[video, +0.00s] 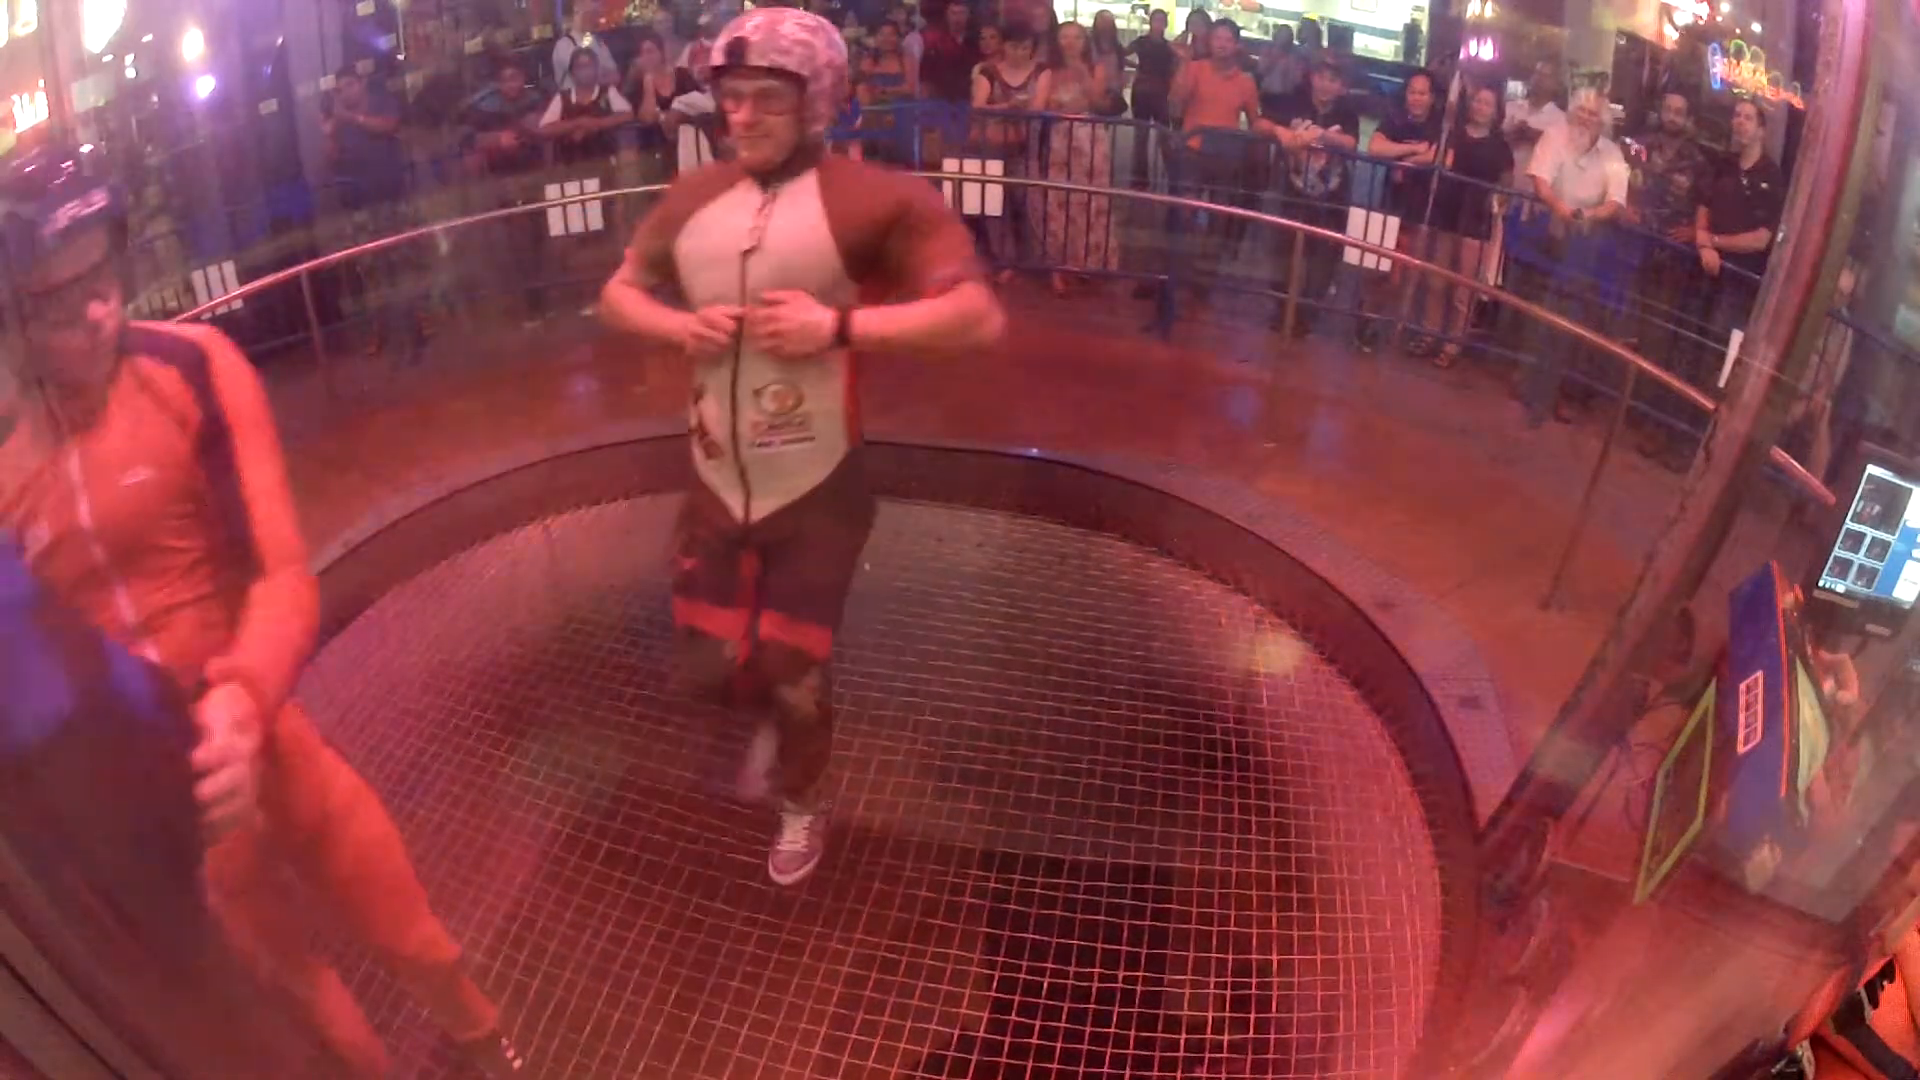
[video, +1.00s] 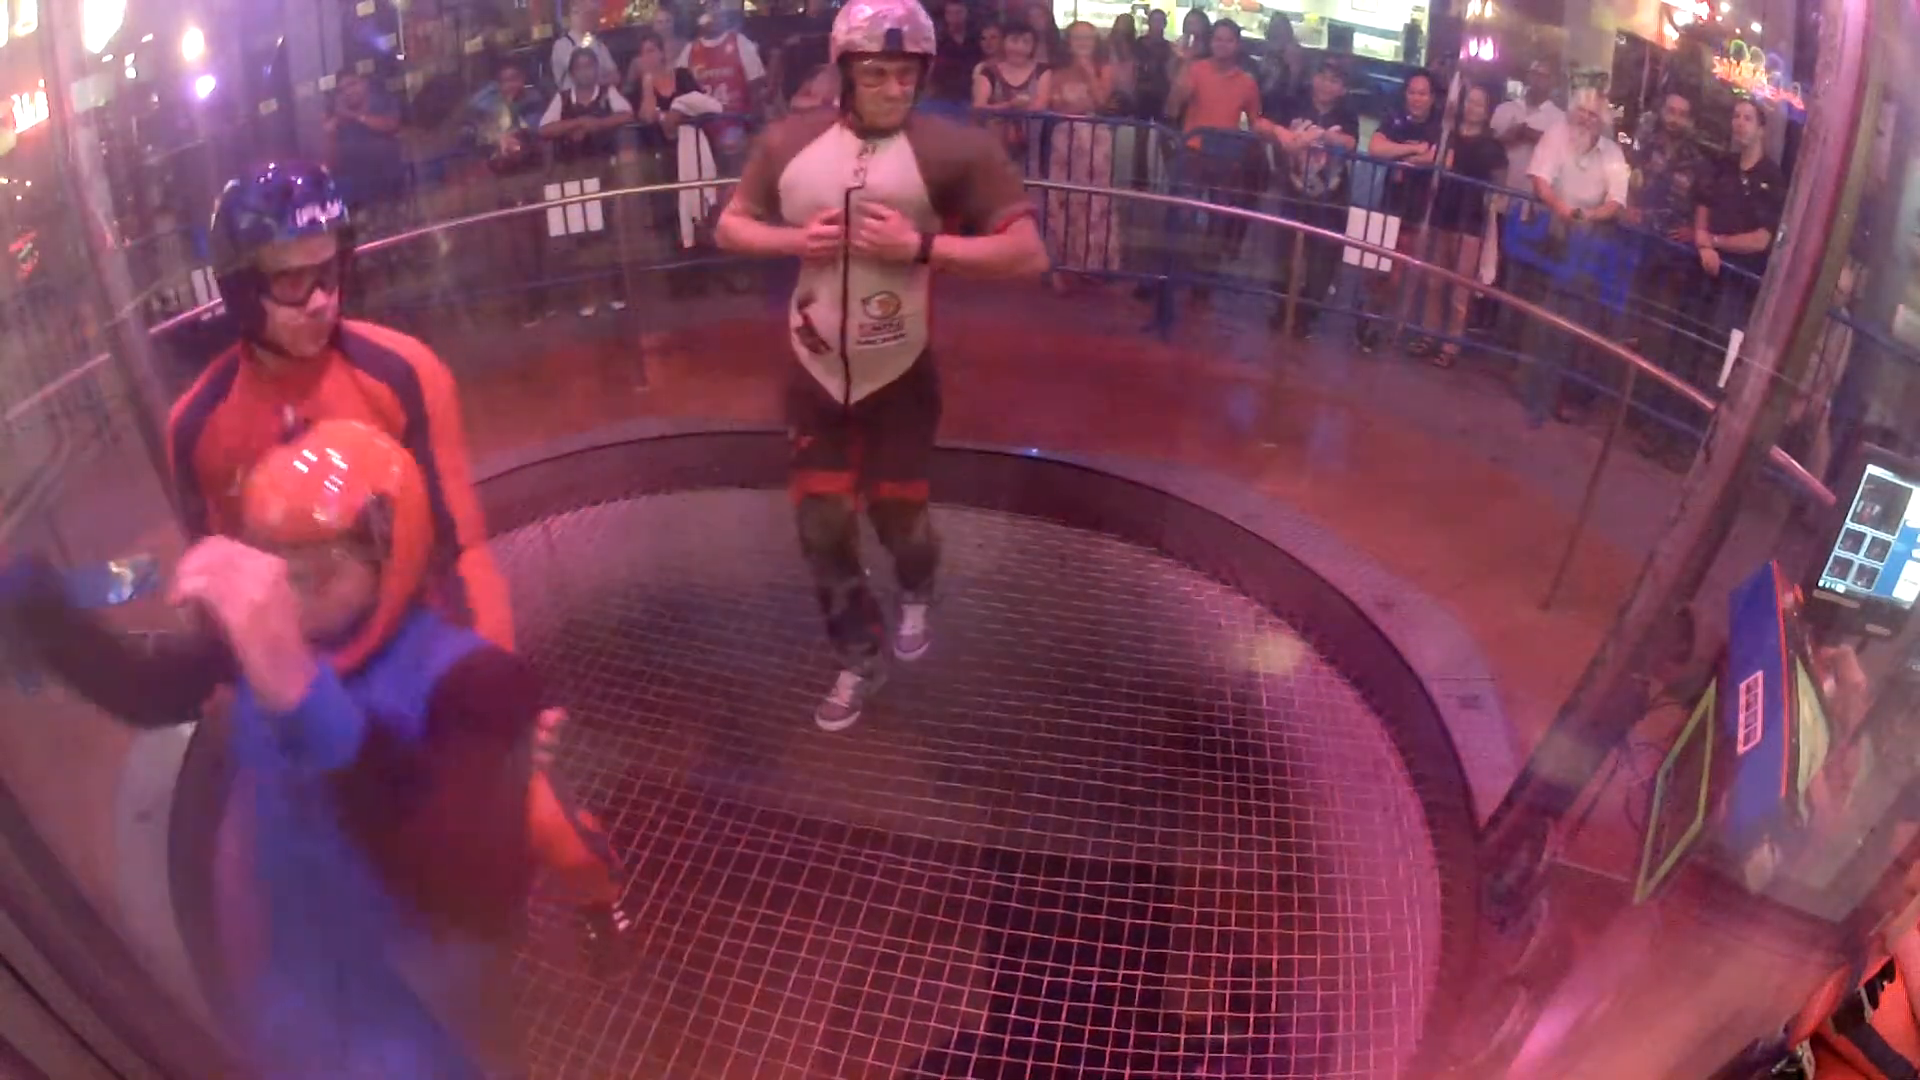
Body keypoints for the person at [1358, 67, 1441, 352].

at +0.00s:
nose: (1416, 98)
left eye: (1422, 93)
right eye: (1412, 92)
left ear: (1433, 98)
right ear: (1405, 95)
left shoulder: (1439, 128)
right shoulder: (1394, 121)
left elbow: (1441, 159)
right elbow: (1375, 147)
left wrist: (1407, 160)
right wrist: (1417, 148)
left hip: (1423, 213)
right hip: (1391, 209)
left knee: (1409, 275)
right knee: (1379, 269)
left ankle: (1399, 326)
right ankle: (1367, 320)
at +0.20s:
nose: (1416, 98)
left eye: (1422, 93)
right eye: (1412, 92)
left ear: (1432, 99)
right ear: (1405, 95)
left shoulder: (1440, 128)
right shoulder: (1395, 120)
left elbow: (1441, 159)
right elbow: (1375, 147)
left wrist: (1406, 159)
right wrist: (1416, 149)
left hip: (1424, 212)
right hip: (1391, 208)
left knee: (1409, 275)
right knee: (1378, 269)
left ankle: (1399, 326)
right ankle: (1367, 320)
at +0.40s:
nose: (1416, 98)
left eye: (1422, 93)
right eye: (1412, 92)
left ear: (1432, 98)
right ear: (1405, 95)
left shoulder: (1440, 128)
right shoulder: (1395, 120)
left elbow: (1442, 160)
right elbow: (1375, 147)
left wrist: (1406, 159)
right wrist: (1416, 149)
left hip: (1425, 212)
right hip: (1393, 208)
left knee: (1410, 274)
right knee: (1379, 268)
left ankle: (1400, 326)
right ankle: (1369, 321)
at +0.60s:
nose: (1416, 99)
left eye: (1422, 94)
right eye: (1412, 93)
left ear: (1433, 99)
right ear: (1404, 95)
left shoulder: (1439, 129)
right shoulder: (1394, 121)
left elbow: (1441, 160)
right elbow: (1375, 148)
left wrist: (1405, 159)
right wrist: (1416, 148)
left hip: (1422, 213)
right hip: (1391, 209)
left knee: (1407, 274)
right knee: (1381, 270)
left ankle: (1396, 326)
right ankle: (1370, 316)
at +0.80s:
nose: (1416, 99)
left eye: (1422, 94)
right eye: (1412, 93)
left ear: (1433, 99)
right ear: (1404, 95)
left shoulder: (1439, 129)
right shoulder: (1394, 121)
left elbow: (1440, 160)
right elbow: (1375, 148)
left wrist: (1405, 158)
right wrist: (1416, 149)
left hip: (1421, 213)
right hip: (1390, 209)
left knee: (1407, 274)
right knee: (1380, 269)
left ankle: (1396, 326)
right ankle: (1369, 317)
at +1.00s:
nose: (1417, 99)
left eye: (1423, 93)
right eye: (1412, 93)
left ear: (1433, 98)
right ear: (1405, 95)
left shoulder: (1439, 129)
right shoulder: (1394, 121)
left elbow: (1441, 160)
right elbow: (1375, 148)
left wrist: (1406, 158)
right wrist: (1416, 148)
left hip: (1420, 214)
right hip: (1389, 209)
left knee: (1405, 276)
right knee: (1379, 271)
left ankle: (1394, 326)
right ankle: (1369, 319)